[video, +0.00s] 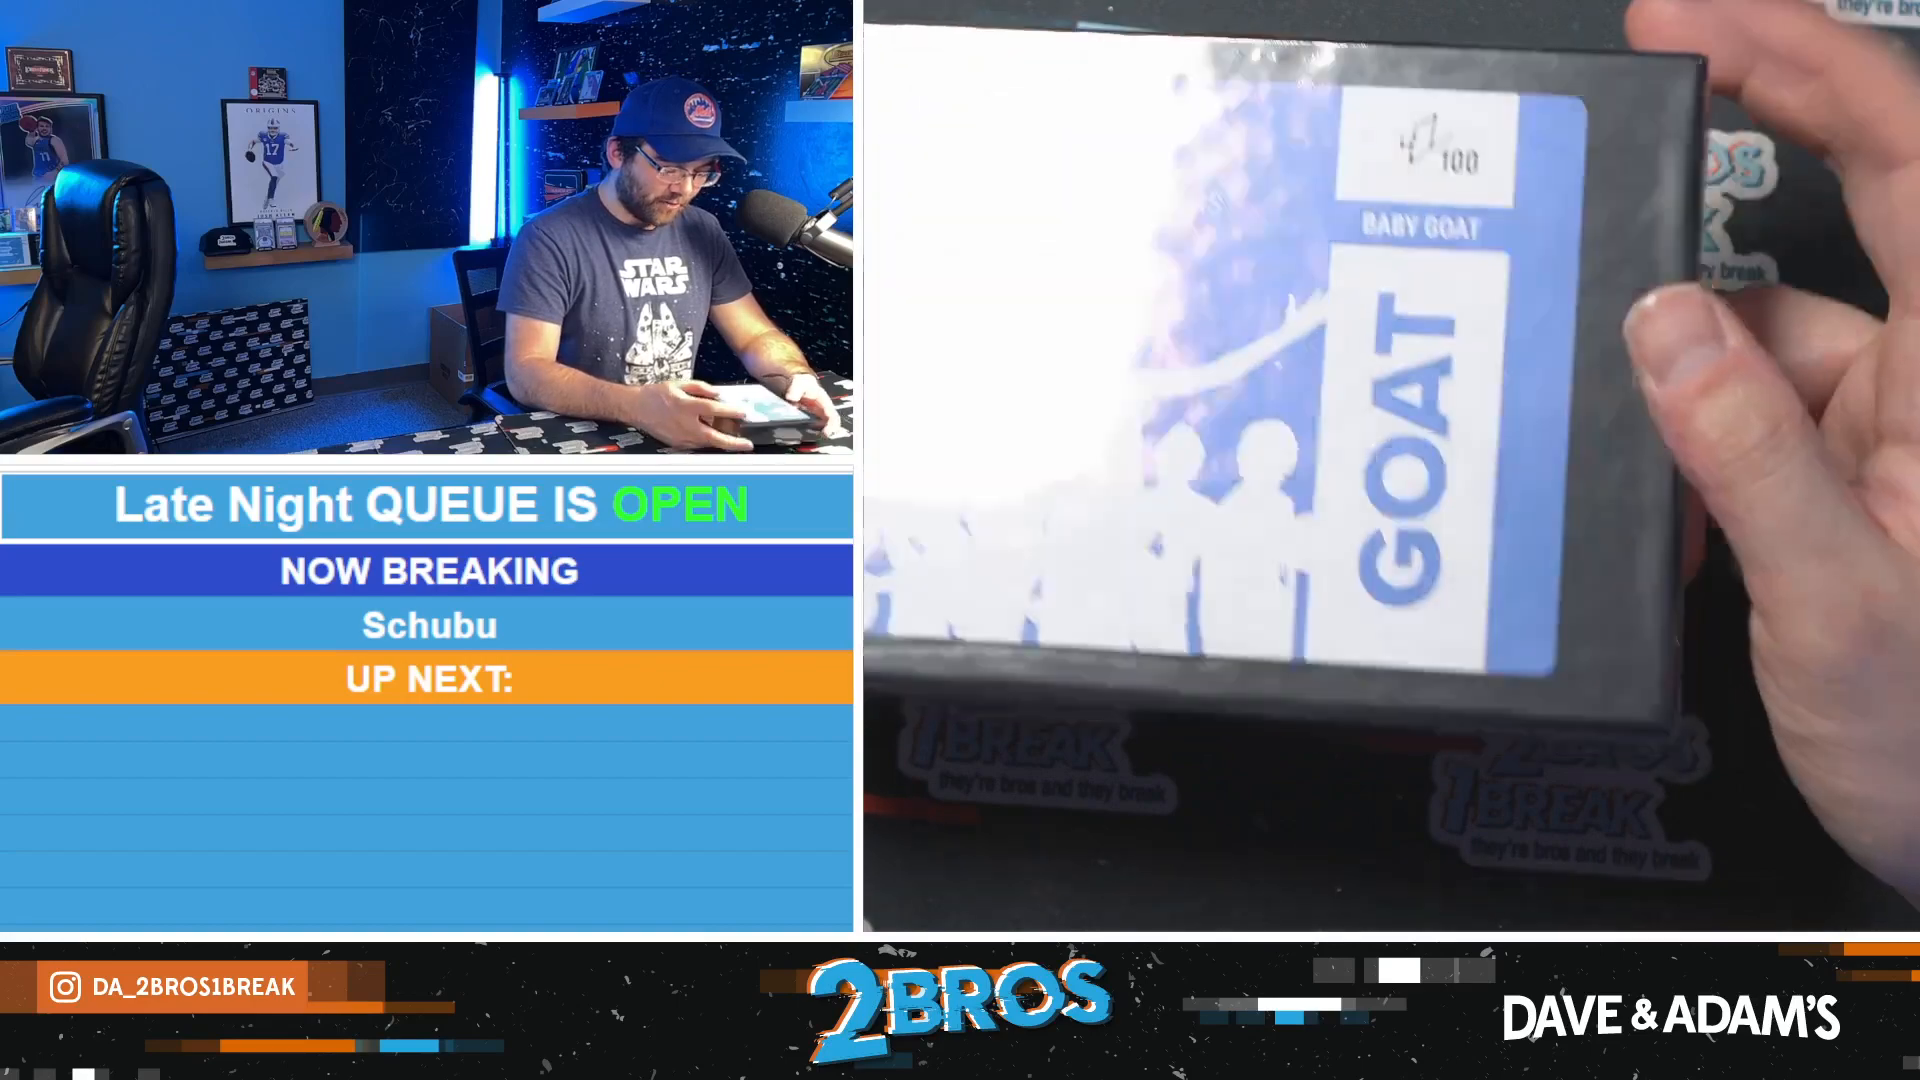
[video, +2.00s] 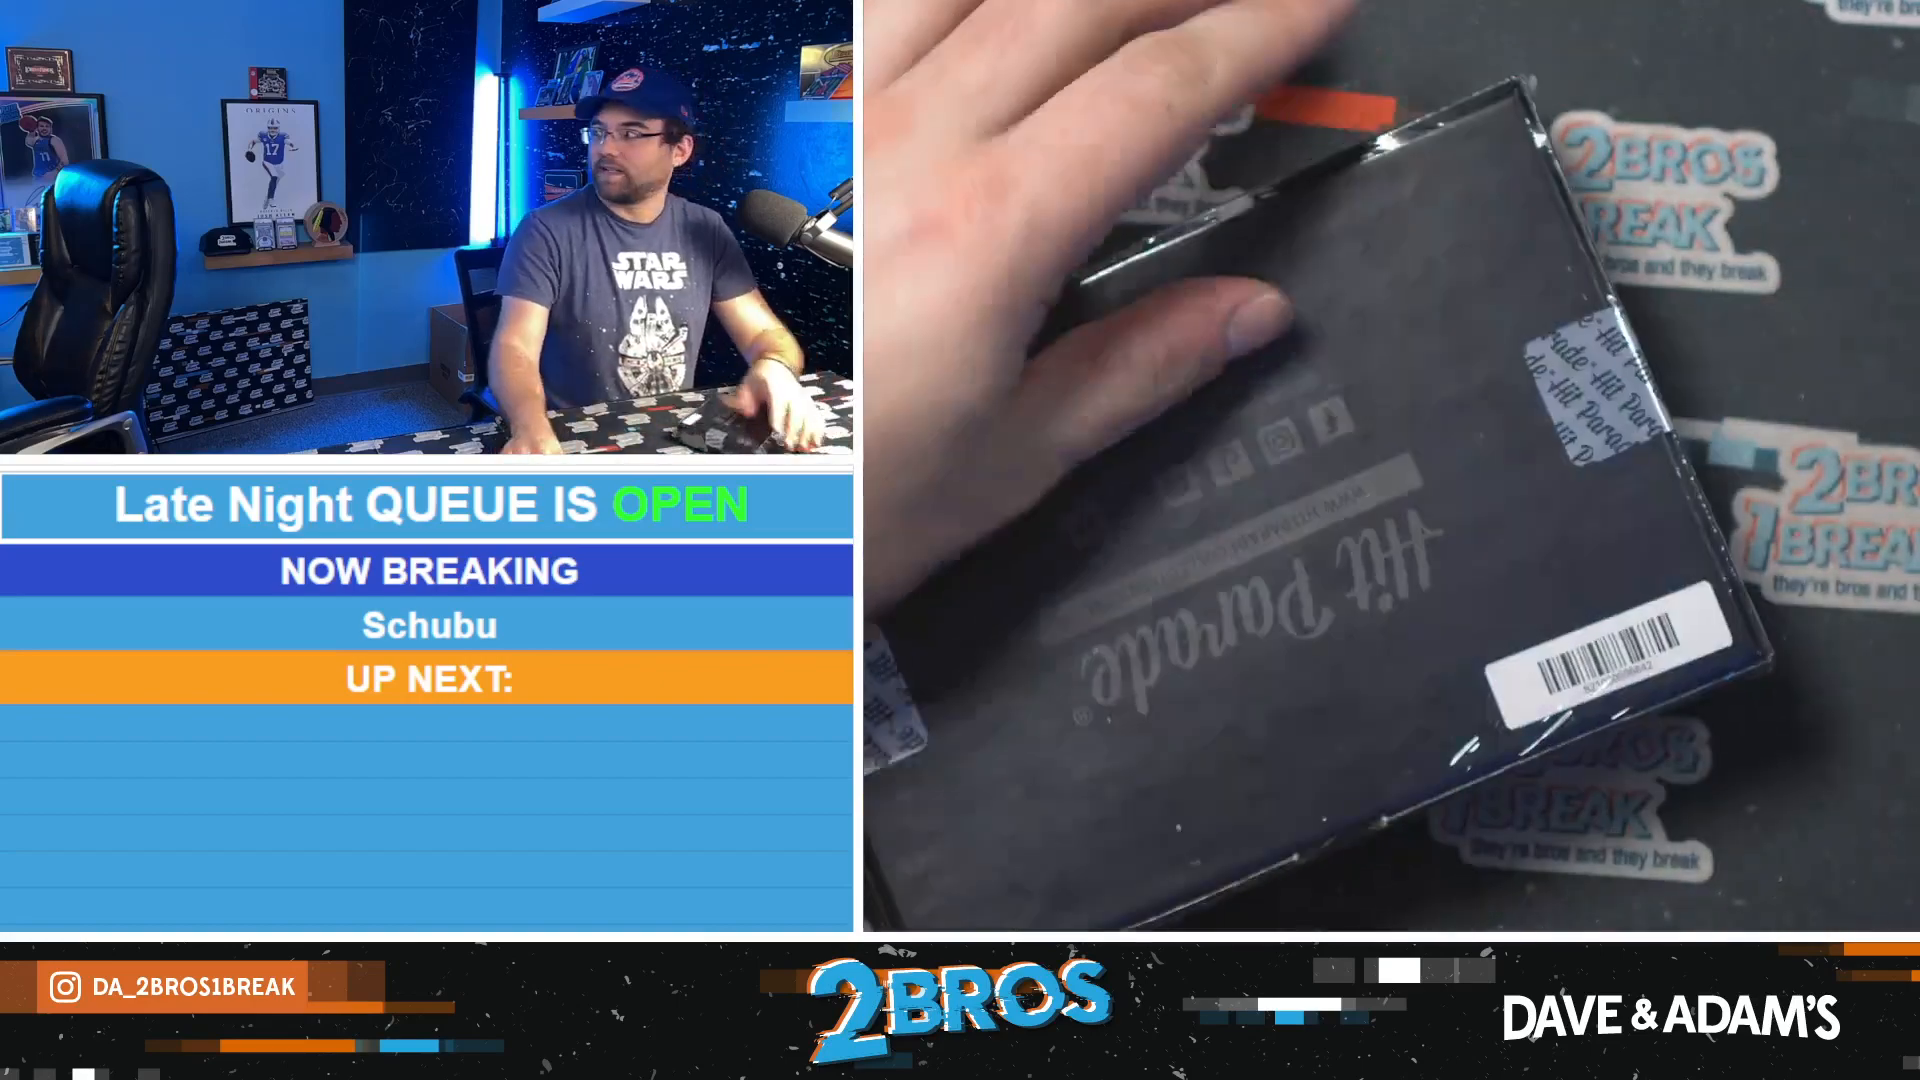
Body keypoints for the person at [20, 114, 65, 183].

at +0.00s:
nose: (44, 128)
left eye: (47, 126)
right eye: (41, 126)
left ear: (50, 129)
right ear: (37, 128)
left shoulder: (54, 140)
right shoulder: (35, 140)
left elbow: (64, 160)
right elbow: (28, 142)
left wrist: (54, 173)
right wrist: (31, 133)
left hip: (50, 177)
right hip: (37, 176)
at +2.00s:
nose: (44, 128)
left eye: (47, 126)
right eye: (41, 126)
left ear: (51, 128)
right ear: (37, 128)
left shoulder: (54, 140)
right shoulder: (35, 140)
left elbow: (64, 160)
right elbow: (28, 142)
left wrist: (54, 173)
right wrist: (31, 133)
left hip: (50, 177)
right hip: (37, 176)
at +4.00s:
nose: (44, 128)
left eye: (47, 126)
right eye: (41, 126)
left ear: (51, 128)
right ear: (37, 128)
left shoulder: (54, 140)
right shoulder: (35, 140)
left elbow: (64, 160)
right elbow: (28, 141)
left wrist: (53, 173)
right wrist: (31, 132)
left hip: (51, 177)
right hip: (37, 176)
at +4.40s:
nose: (44, 128)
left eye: (47, 126)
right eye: (41, 126)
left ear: (50, 128)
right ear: (37, 128)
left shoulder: (54, 140)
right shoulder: (35, 140)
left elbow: (64, 161)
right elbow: (28, 142)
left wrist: (53, 173)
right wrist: (31, 132)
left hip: (50, 177)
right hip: (37, 176)